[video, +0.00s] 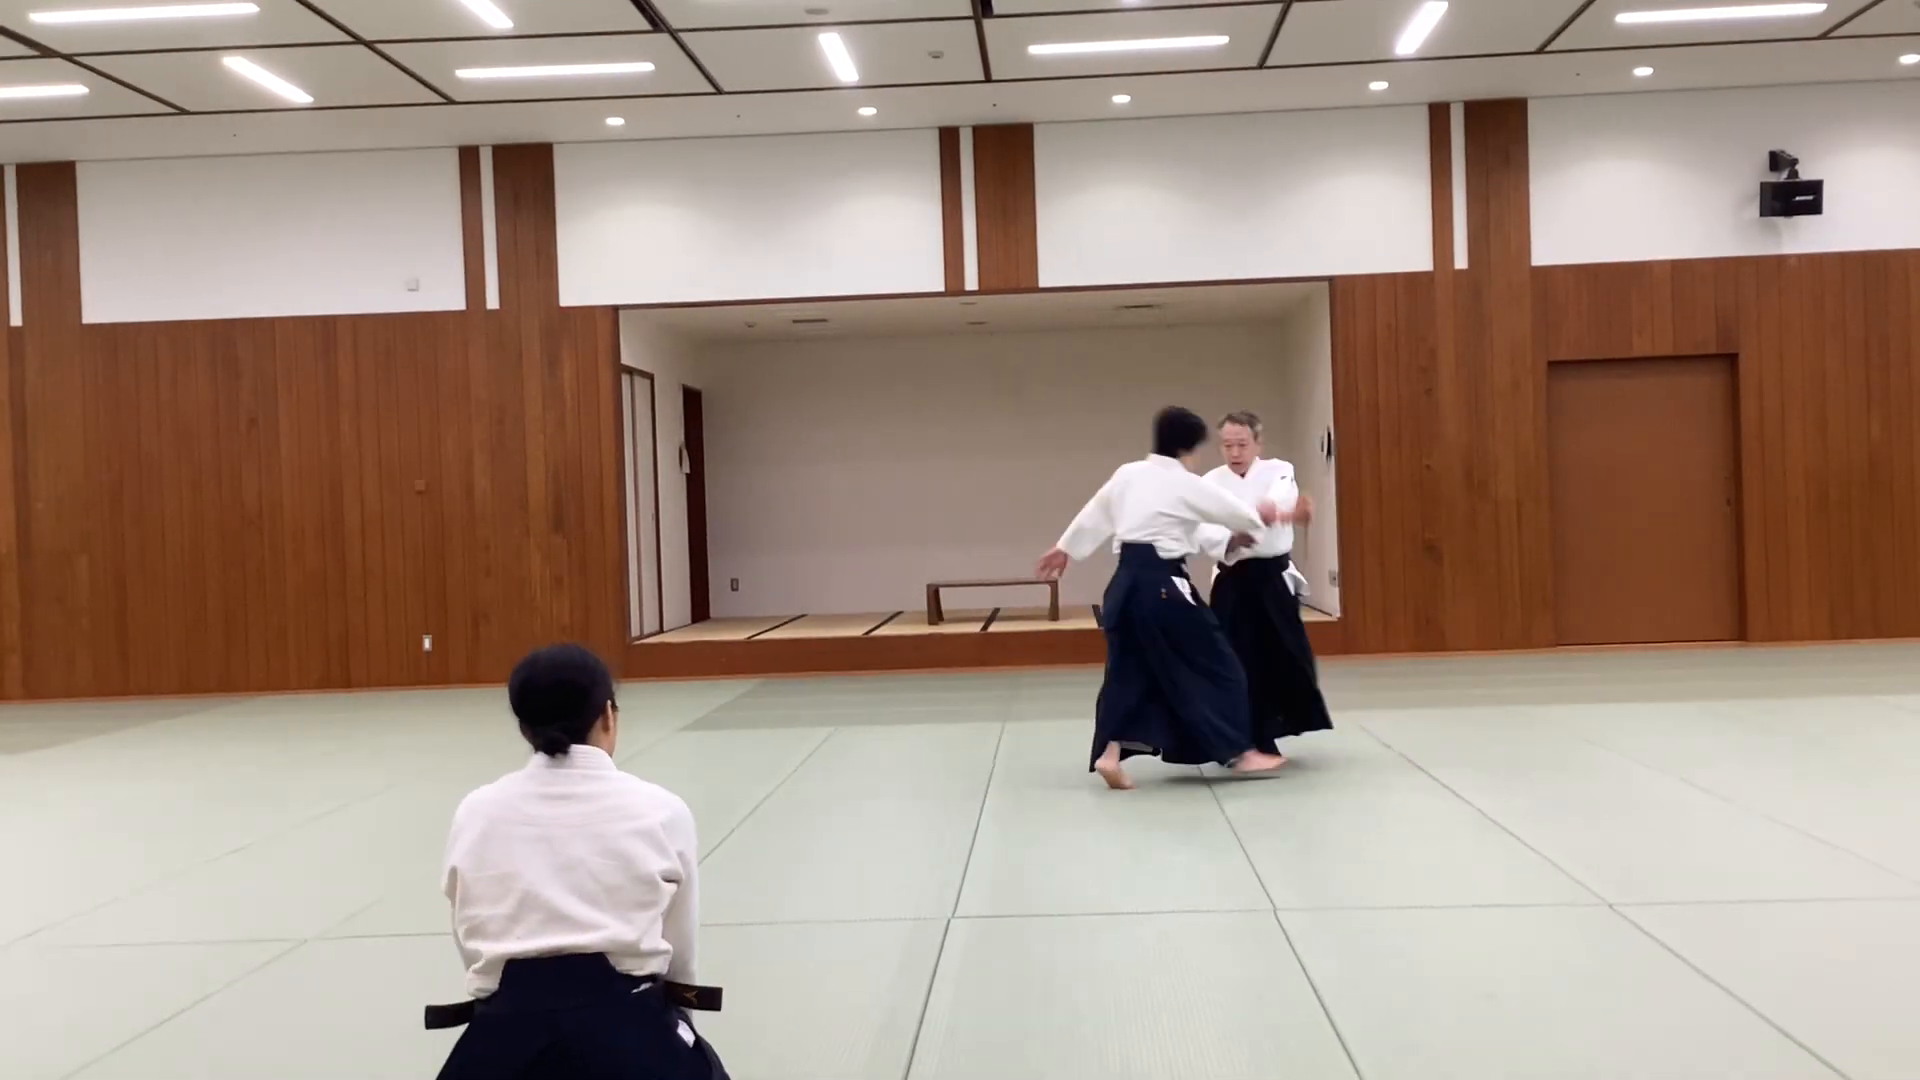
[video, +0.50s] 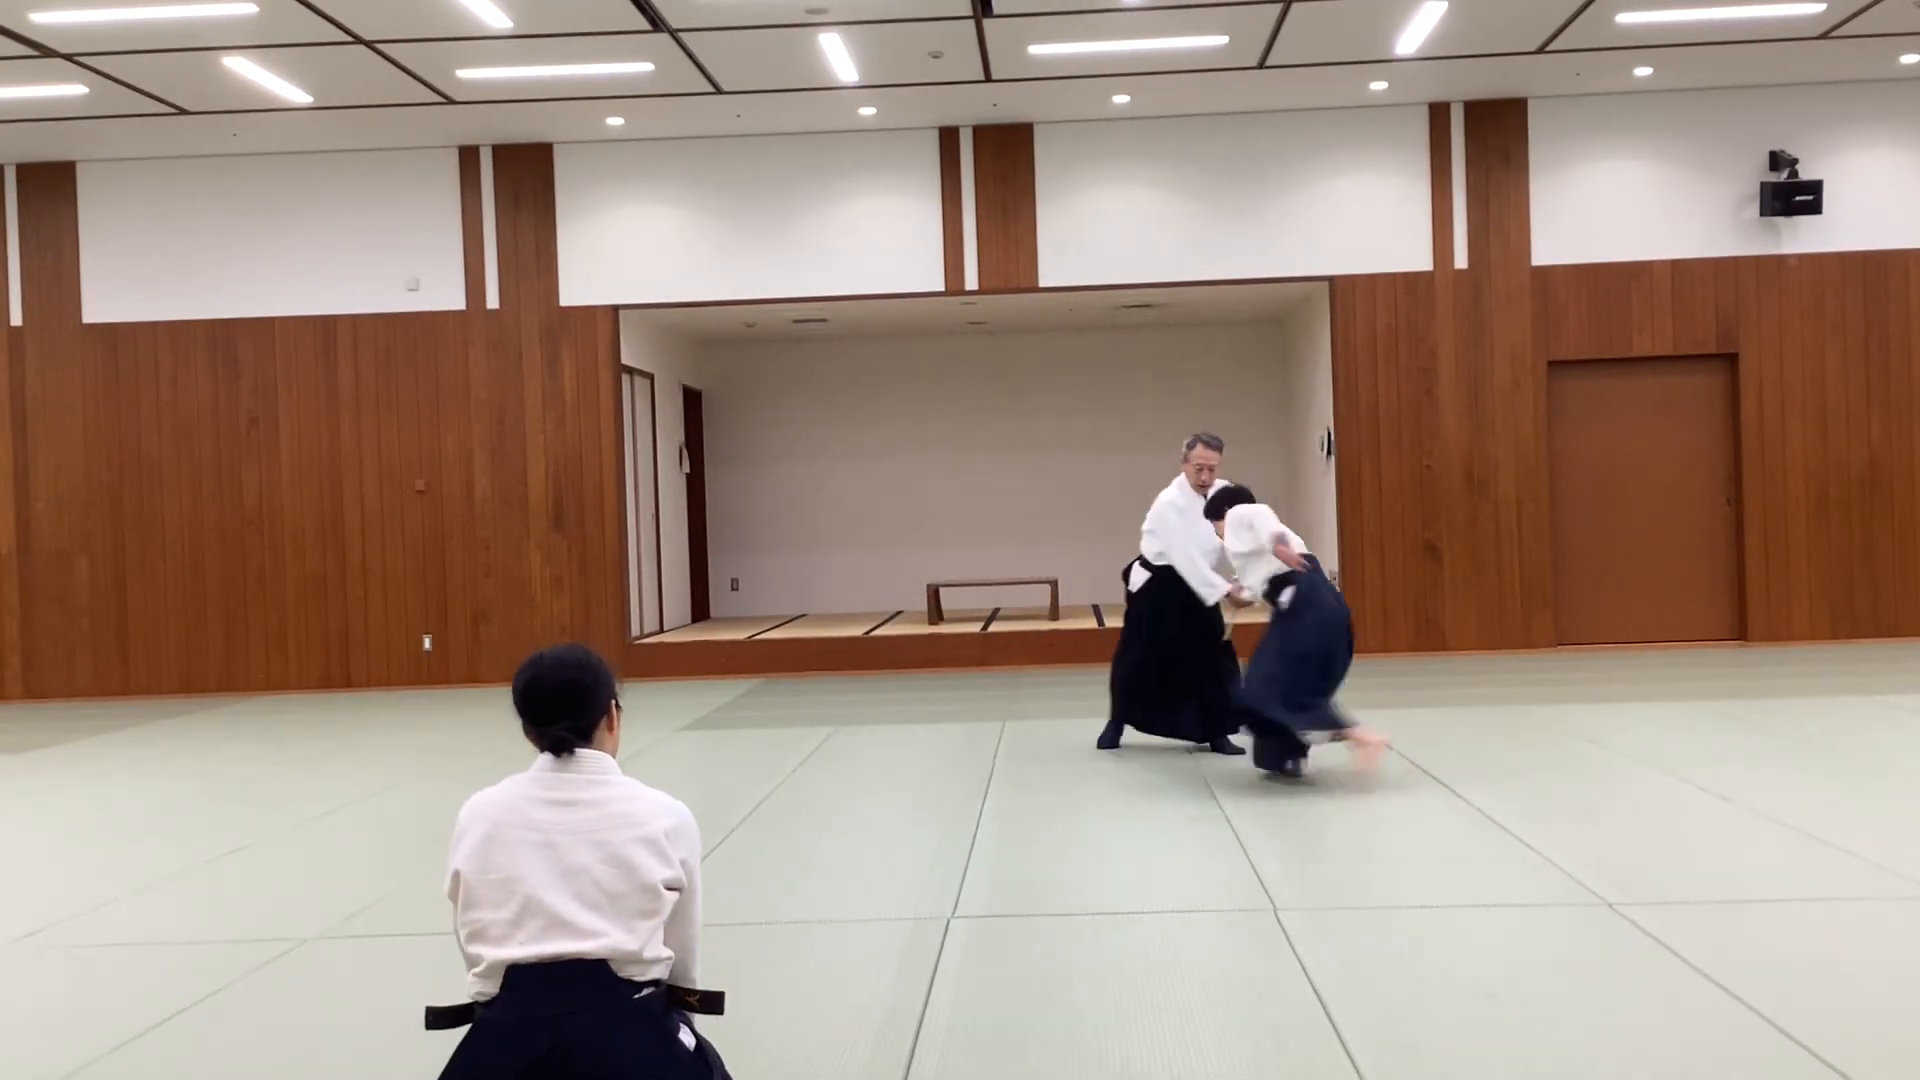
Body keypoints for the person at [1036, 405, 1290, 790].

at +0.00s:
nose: (1200, 454)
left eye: (1198, 447)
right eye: (1199, 447)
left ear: (1157, 440)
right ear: (1189, 446)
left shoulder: (1126, 475)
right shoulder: (1186, 483)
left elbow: (1092, 514)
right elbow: (1232, 511)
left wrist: (1064, 547)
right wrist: (1260, 516)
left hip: (1124, 585)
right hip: (1166, 586)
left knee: (1127, 669)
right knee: (1218, 663)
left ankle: (1109, 754)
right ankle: (1244, 753)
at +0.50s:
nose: (1205, 476)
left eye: (1212, 469)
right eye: (1199, 468)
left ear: (1219, 468)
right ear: (1184, 465)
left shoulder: (1220, 495)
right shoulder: (1168, 502)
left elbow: (1241, 537)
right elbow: (1183, 558)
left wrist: (1250, 576)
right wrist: (1223, 589)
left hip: (1196, 582)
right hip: (1155, 584)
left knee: (1212, 656)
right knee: (1134, 656)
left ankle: (1216, 732)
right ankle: (1115, 723)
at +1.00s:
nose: (1168, 464)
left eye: (1174, 457)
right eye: (1161, 457)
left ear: (1180, 456)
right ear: (1145, 454)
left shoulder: (1190, 492)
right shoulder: (1125, 475)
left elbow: (1193, 548)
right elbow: (1095, 497)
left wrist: (1186, 598)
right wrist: (1121, 514)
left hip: (1170, 577)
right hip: (1128, 576)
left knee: (1180, 656)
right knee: (1114, 652)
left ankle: (1185, 732)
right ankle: (1105, 726)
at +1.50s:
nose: (1167, 486)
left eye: (1172, 478)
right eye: (1159, 480)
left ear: (1185, 472)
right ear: (1150, 478)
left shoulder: (1207, 497)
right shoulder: (1141, 499)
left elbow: (1247, 523)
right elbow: (1107, 519)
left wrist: (1275, 559)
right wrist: (1136, 529)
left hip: (1205, 594)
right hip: (1159, 593)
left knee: (1223, 662)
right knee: (1138, 663)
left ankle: (1237, 733)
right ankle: (1131, 737)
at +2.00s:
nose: (1299, 514)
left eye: (1305, 508)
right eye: (1295, 505)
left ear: (1308, 508)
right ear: (1274, 498)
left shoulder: (1294, 543)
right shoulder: (1244, 525)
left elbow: (1287, 590)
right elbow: (1248, 571)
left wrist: (1272, 631)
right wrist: (1293, 594)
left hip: (1246, 615)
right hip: (1207, 608)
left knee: (1267, 678)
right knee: (1187, 678)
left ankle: (1265, 748)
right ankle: (1162, 742)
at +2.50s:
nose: (1267, 476)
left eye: (1269, 469)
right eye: (1262, 468)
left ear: (1246, 468)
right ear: (1239, 466)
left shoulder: (1247, 508)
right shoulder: (1218, 499)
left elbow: (1259, 564)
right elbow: (1251, 540)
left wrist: (1274, 606)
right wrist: (1298, 537)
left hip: (1232, 597)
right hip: (1195, 597)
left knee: (1286, 658)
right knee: (1198, 667)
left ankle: (1279, 738)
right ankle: (1192, 737)